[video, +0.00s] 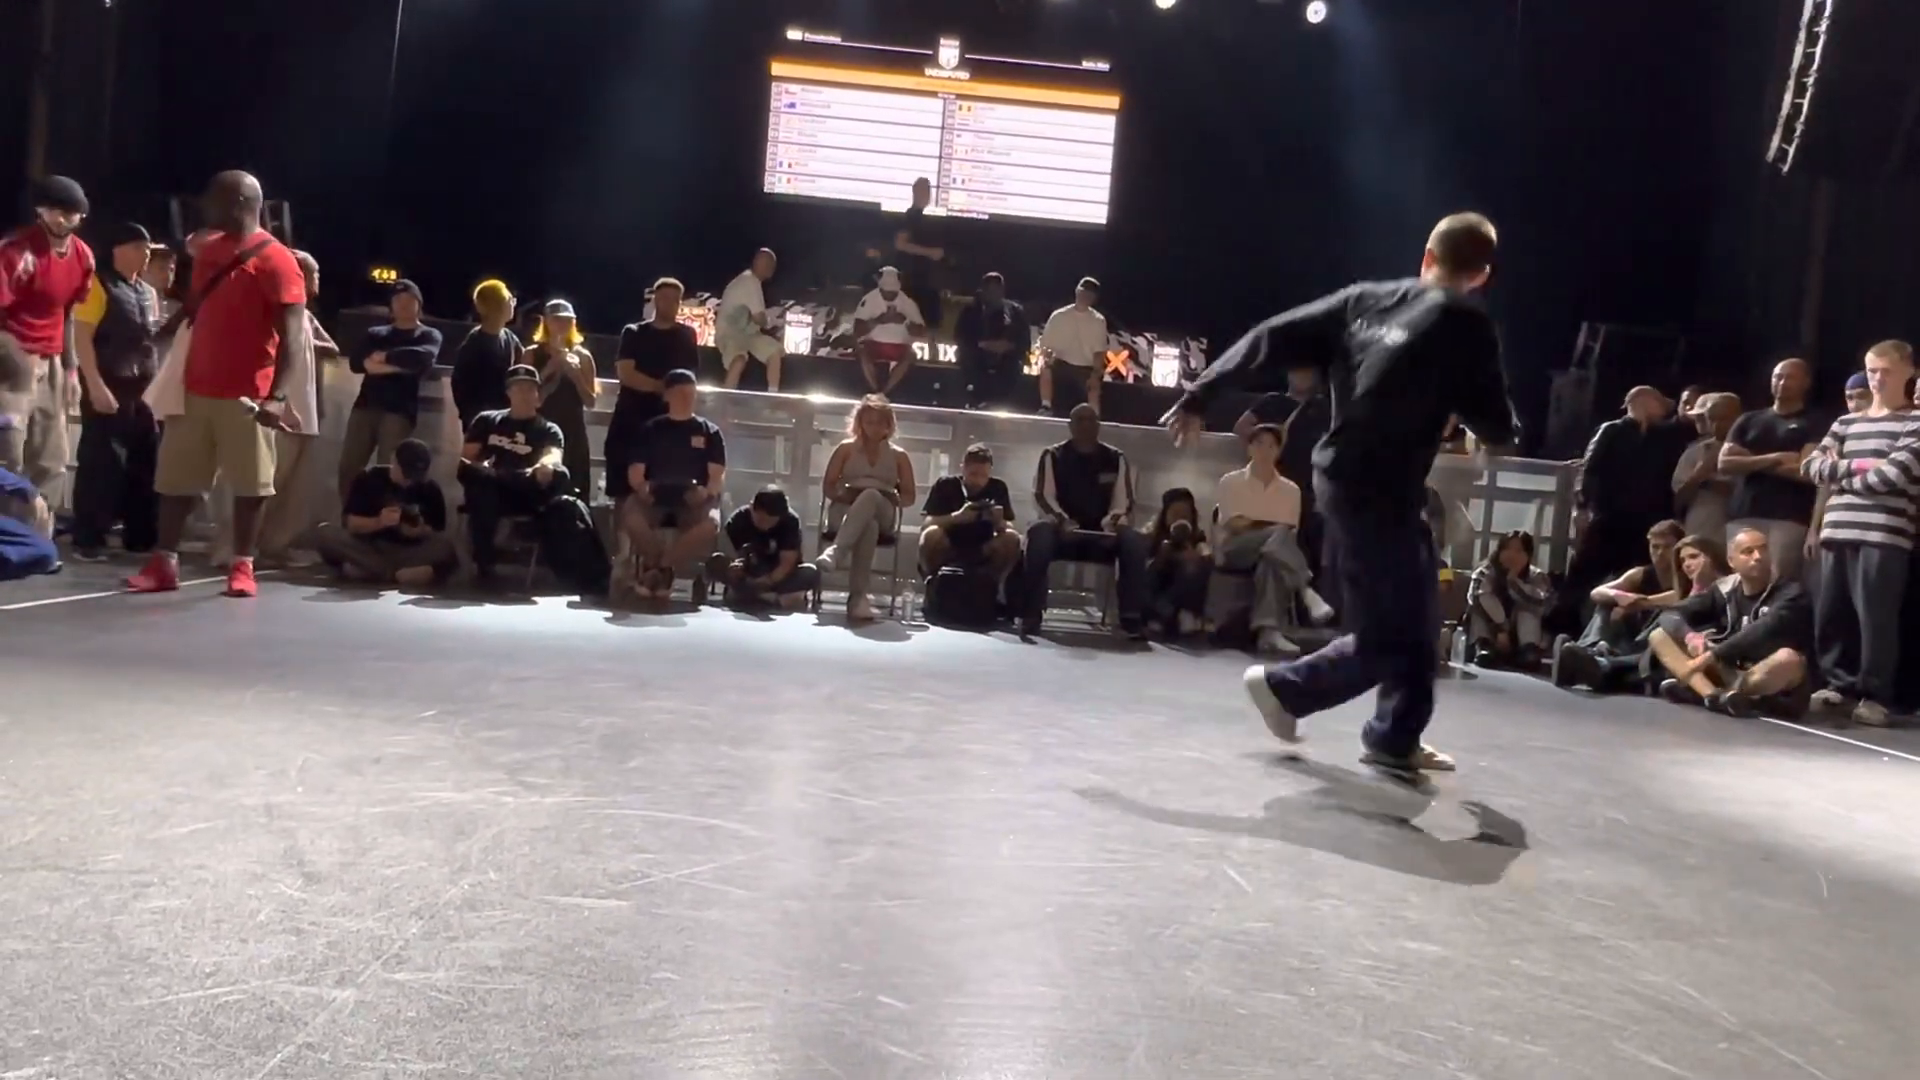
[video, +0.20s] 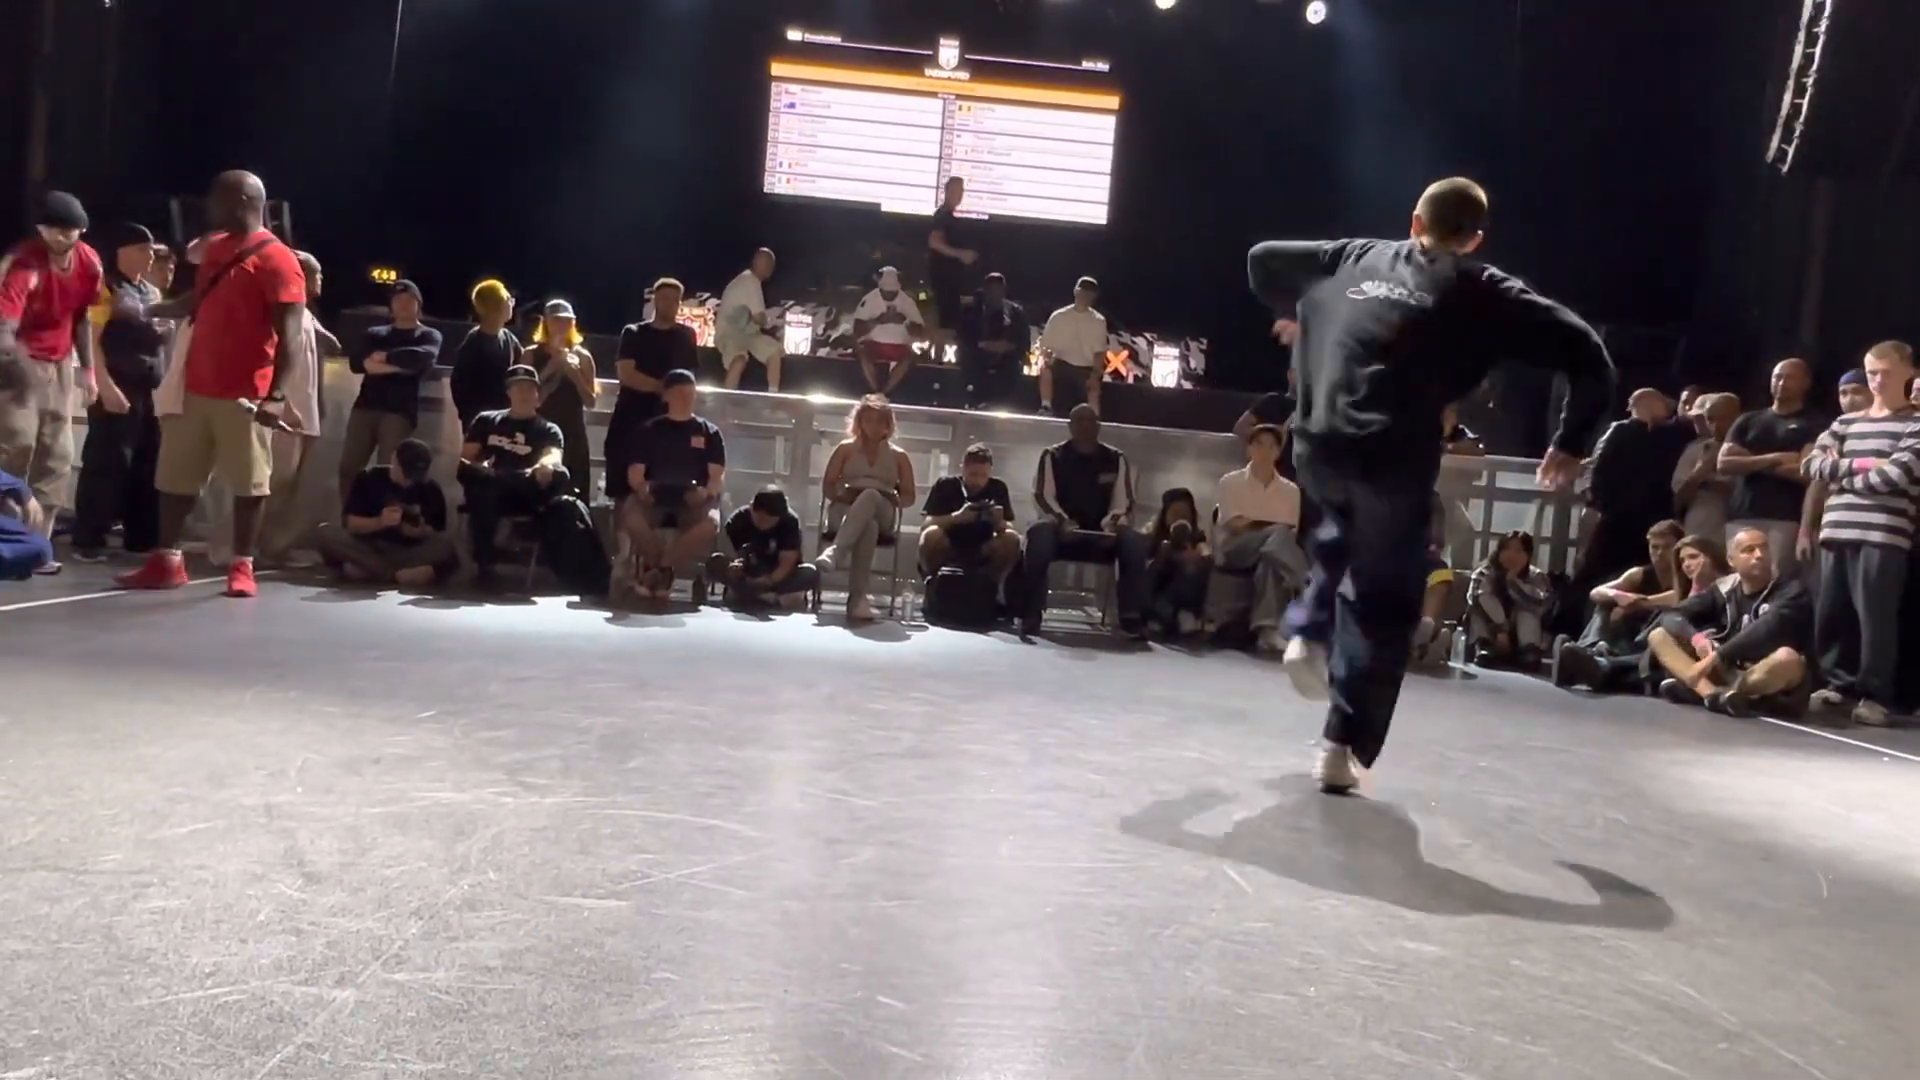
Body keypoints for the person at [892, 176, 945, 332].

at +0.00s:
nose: (928, 195)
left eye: (928, 191)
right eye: (925, 191)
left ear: (928, 193)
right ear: (917, 192)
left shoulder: (920, 217)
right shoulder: (912, 215)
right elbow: (900, 243)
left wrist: (935, 252)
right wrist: (930, 252)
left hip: (922, 275)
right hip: (914, 276)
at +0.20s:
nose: (960, 195)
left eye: (961, 190)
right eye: (957, 190)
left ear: (961, 192)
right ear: (947, 191)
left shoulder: (950, 217)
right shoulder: (942, 215)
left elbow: (941, 242)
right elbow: (934, 241)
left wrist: (961, 255)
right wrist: (960, 253)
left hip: (949, 275)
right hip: (942, 276)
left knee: (946, 320)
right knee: (945, 321)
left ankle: (936, 356)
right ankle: (938, 358)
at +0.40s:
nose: (989, 201)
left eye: (990, 197)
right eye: (986, 197)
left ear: (991, 198)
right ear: (978, 198)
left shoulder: (985, 221)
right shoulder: (972, 220)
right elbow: (965, 248)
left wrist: (996, 257)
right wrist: (992, 257)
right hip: (971, 282)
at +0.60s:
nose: (1018, 206)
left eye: (1019, 202)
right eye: (1015, 202)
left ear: (1021, 203)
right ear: (1007, 202)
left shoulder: (1014, 227)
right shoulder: (999, 225)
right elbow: (991, 251)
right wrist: (1018, 261)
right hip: (1000, 285)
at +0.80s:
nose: (1046, 206)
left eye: (1048, 202)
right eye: (1042, 202)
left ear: (1049, 204)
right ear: (1034, 202)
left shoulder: (1044, 228)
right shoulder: (1023, 226)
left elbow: (1037, 251)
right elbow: (1013, 251)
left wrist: (1047, 260)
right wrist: (1041, 260)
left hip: (1039, 283)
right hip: (1024, 283)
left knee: (1038, 321)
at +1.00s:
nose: (1076, 212)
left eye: (1077, 208)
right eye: (1072, 208)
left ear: (1078, 210)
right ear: (1065, 208)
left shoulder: (1072, 232)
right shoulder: (1055, 231)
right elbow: (1041, 257)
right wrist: (1072, 267)